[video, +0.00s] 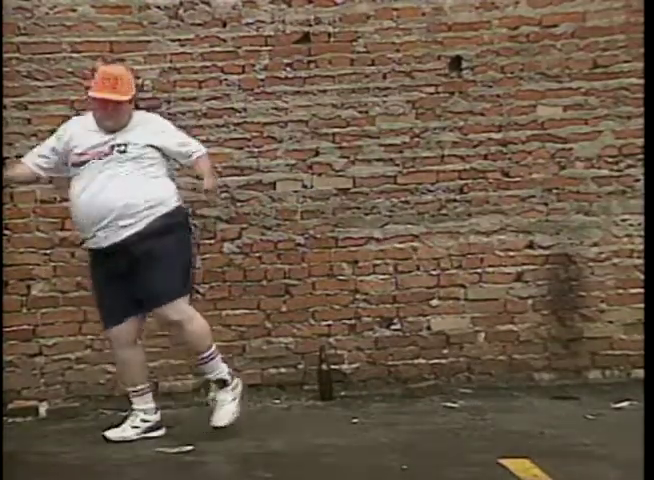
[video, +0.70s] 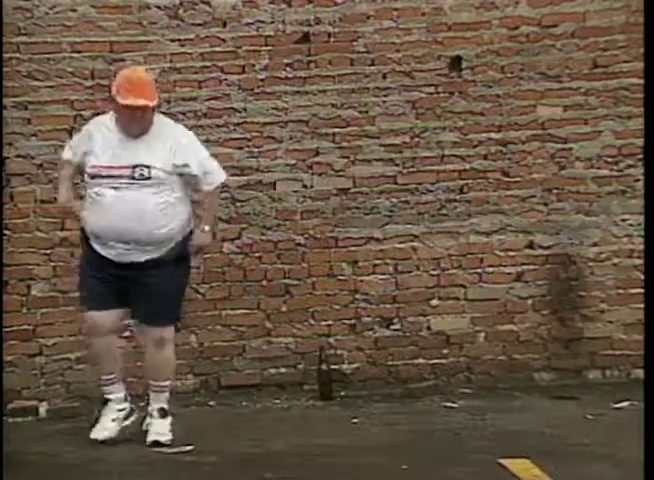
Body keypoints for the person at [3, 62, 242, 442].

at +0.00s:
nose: (105, 109)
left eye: (115, 102)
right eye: (99, 101)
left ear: (131, 101)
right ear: (90, 99)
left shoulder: (150, 125)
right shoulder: (73, 131)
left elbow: (195, 153)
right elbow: (33, 166)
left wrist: (208, 177)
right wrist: (7, 172)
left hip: (160, 230)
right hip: (107, 247)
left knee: (173, 311)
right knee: (122, 335)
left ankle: (223, 382)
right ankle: (145, 414)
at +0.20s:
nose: (107, 114)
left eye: (115, 107)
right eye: (100, 107)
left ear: (130, 103)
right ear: (90, 106)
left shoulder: (153, 130)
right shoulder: (76, 142)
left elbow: (202, 162)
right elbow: (41, 177)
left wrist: (178, 149)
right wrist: (10, 189)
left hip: (161, 242)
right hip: (103, 256)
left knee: (176, 311)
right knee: (116, 337)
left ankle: (206, 390)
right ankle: (144, 414)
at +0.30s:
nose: (102, 104)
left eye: (110, 97)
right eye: (96, 98)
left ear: (130, 92)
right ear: (89, 97)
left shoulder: (157, 118)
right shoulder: (82, 135)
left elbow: (194, 151)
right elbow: (64, 181)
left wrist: (175, 168)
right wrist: (50, 205)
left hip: (162, 241)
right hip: (104, 248)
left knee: (168, 323)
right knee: (120, 330)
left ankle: (172, 410)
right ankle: (139, 408)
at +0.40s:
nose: (104, 112)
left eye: (111, 104)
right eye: (98, 106)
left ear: (130, 97)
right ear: (92, 105)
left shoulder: (162, 122)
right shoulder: (91, 140)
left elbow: (192, 166)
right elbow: (86, 190)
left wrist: (176, 201)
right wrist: (74, 232)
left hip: (160, 246)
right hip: (106, 248)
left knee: (156, 332)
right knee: (113, 331)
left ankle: (159, 412)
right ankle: (129, 405)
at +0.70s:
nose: (138, 116)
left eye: (145, 109)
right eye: (130, 109)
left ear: (155, 105)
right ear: (115, 104)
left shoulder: (175, 137)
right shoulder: (96, 130)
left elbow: (212, 181)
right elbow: (70, 159)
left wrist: (205, 228)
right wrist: (65, 197)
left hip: (162, 256)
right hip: (102, 253)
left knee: (159, 335)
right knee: (97, 325)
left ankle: (159, 413)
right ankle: (117, 404)